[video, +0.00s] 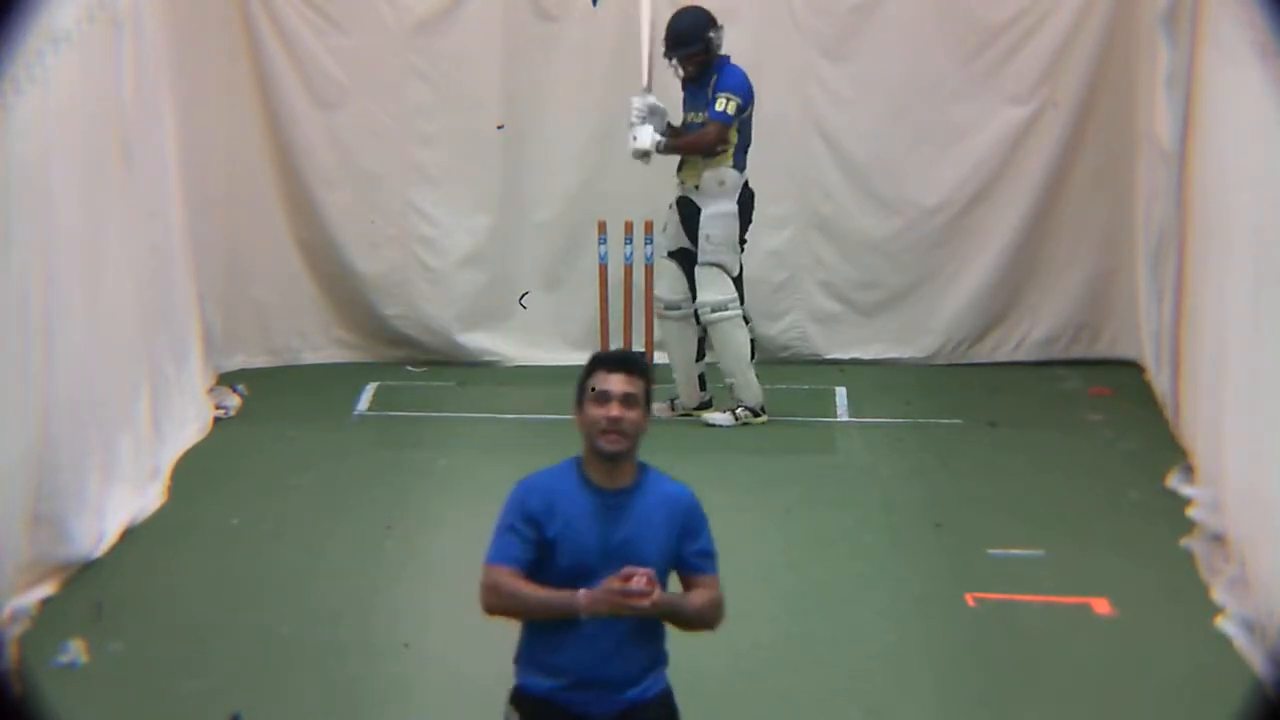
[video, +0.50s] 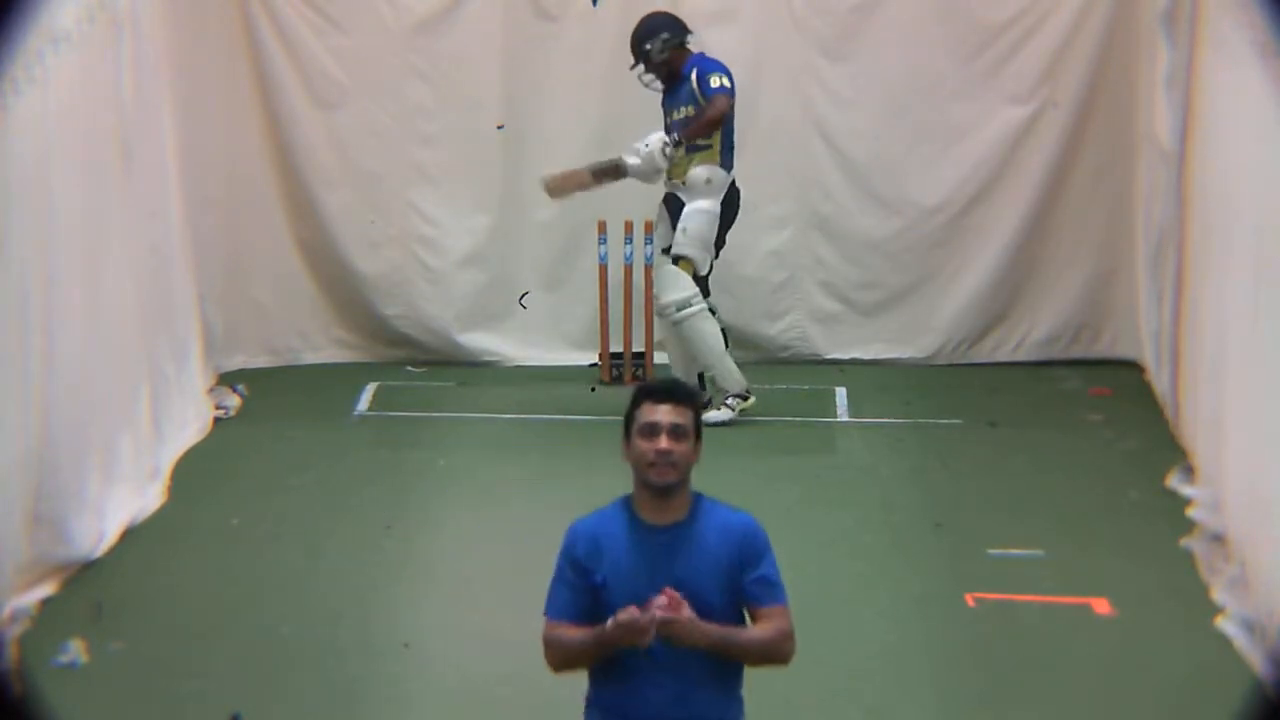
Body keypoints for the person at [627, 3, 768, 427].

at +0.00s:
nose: (682, 66)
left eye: (688, 57)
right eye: (677, 59)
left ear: (708, 48)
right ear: (675, 54)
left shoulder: (731, 79)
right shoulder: (693, 82)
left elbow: (714, 139)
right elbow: (693, 136)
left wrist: (662, 141)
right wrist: (662, 123)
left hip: (721, 202)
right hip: (689, 201)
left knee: (716, 298)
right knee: (674, 298)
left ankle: (749, 402)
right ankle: (691, 398)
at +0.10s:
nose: (671, 66)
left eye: (675, 57)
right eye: (668, 59)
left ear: (695, 46)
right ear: (677, 51)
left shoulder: (724, 76)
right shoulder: (688, 83)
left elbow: (707, 130)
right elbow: (690, 139)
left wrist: (656, 136)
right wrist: (655, 127)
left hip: (717, 200)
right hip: (684, 199)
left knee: (710, 297)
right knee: (672, 297)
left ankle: (748, 402)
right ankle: (689, 397)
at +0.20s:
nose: (662, 68)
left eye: (665, 58)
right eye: (659, 61)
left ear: (686, 45)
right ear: (676, 48)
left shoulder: (720, 76)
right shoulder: (678, 85)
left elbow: (707, 123)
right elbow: (686, 142)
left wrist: (660, 133)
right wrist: (653, 134)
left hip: (713, 199)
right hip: (680, 199)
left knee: (701, 295)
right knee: (670, 297)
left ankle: (745, 399)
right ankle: (689, 396)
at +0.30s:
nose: (657, 68)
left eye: (659, 58)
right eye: (653, 61)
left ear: (682, 44)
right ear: (669, 50)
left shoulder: (715, 74)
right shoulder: (679, 84)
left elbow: (711, 113)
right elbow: (687, 140)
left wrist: (665, 128)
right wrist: (655, 147)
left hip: (710, 198)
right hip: (680, 198)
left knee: (690, 292)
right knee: (671, 294)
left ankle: (742, 395)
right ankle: (691, 389)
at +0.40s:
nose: (653, 69)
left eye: (655, 59)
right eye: (649, 62)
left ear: (676, 46)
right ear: (667, 51)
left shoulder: (709, 70)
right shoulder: (675, 87)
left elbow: (716, 106)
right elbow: (670, 146)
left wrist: (669, 130)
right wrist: (625, 171)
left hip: (710, 198)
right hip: (678, 198)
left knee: (680, 289)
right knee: (669, 291)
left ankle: (736, 392)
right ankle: (677, 387)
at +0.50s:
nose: (652, 70)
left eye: (653, 61)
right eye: (647, 64)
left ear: (673, 48)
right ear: (662, 54)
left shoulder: (707, 69)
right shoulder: (672, 91)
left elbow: (720, 107)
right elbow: (676, 155)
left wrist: (672, 139)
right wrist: (649, 165)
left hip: (710, 195)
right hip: (678, 197)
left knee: (680, 287)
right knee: (670, 291)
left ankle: (734, 390)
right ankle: (688, 389)